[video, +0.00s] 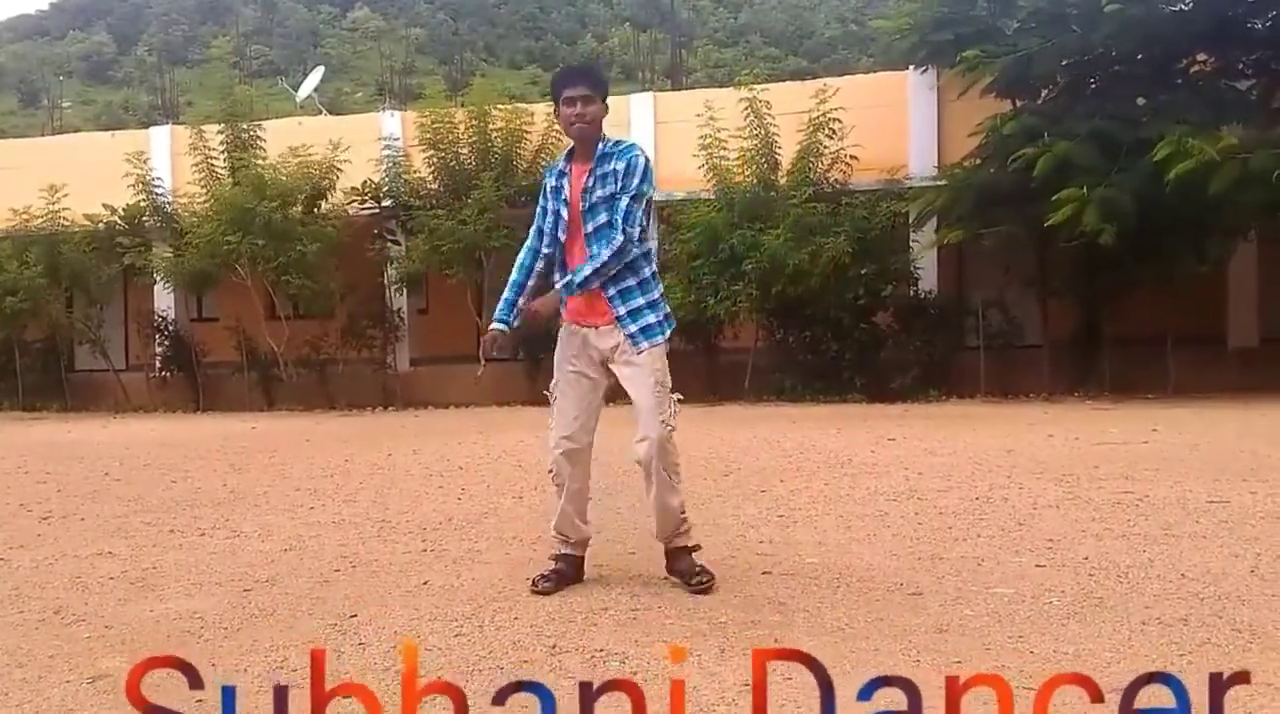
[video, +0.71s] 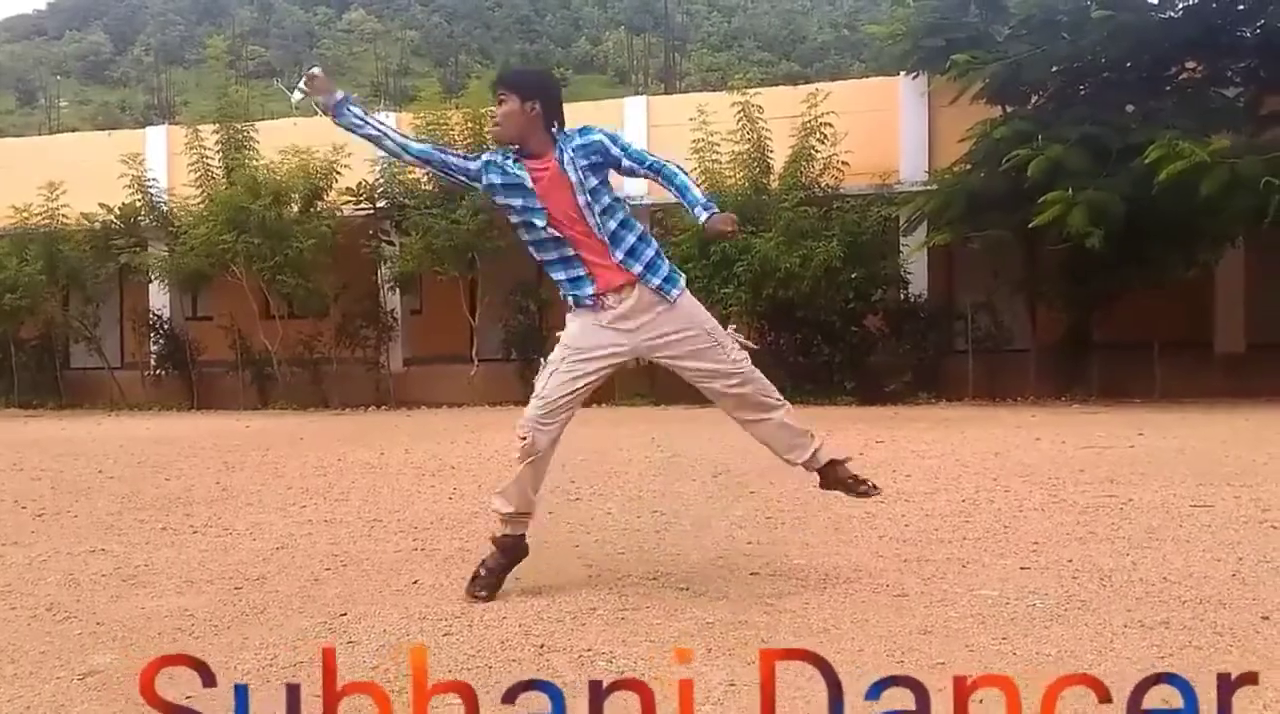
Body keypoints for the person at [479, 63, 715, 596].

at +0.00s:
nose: (578, 112)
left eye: (587, 102)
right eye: (569, 104)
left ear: (604, 108)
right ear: (557, 113)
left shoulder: (630, 158)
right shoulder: (555, 176)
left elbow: (626, 238)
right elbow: (536, 248)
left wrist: (564, 289)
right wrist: (502, 318)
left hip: (636, 320)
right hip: (578, 324)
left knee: (657, 438)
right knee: (566, 445)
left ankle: (678, 551)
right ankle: (570, 555)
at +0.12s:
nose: (577, 118)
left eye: (586, 107)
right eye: (567, 111)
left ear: (605, 111)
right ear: (557, 119)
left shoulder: (633, 159)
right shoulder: (559, 181)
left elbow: (659, 233)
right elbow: (531, 239)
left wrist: (637, 311)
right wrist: (496, 292)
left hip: (649, 331)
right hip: (586, 335)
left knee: (677, 446)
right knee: (571, 449)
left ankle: (702, 558)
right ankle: (569, 556)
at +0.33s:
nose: (593, 136)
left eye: (603, 124)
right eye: (584, 127)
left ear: (632, 124)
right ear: (579, 133)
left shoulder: (657, 163)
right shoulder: (576, 186)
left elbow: (666, 206)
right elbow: (571, 260)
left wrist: (593, 240)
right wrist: (574, 316)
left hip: (671, 335)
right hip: (607, 340)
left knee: (701, 442)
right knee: (564, 438)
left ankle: (731, 555)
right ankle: (572, 551)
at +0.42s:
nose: (607, 163)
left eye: (618, 152)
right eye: (601, 156)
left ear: (649, 160)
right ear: (597, 167)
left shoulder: (668, 200)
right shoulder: (596, 215)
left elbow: (615, 240)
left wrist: (545, 207)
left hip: (680, 358)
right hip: (620, 358)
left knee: (703, 462)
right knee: (559, 456)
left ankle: (733, 564)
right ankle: (576, 556)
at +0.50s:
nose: (587, 168)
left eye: (597, 158)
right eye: (583, 161)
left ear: (630, 165)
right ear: (585, 170)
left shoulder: (657, 197)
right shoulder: (588, 211)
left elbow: (613, 220)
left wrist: (561, 188)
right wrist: (556, 193)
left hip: (685, 358)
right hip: (623, 357)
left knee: (716, 466)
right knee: (550, 449)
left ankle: (731, 564)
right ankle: (572, 542)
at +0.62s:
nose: (522, 126)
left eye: (531, 115)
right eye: (524, 116)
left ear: (565, 121)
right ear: (551, 123)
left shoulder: (613, 150)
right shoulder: (530, 189)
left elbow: (674, 177)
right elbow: (467, 226)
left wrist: (623, 202)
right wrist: (413, 169)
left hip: (675, 311)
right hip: (609, 319)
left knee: (733, 416)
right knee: (541, 411)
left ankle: (779, 526)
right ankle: (547, 527)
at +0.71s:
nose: (491, 113)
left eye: (501, 103)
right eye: (494, 104)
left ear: (535, 111)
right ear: (518, 113)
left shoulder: (590, 144)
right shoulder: (492, 173)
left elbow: (661, 168)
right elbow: (412, 149)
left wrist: (704, 209)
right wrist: (336, 106)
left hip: (659, 297)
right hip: (591, 317)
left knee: (742, 381)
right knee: (539, 421)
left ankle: (824, 466)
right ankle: (510, 542)